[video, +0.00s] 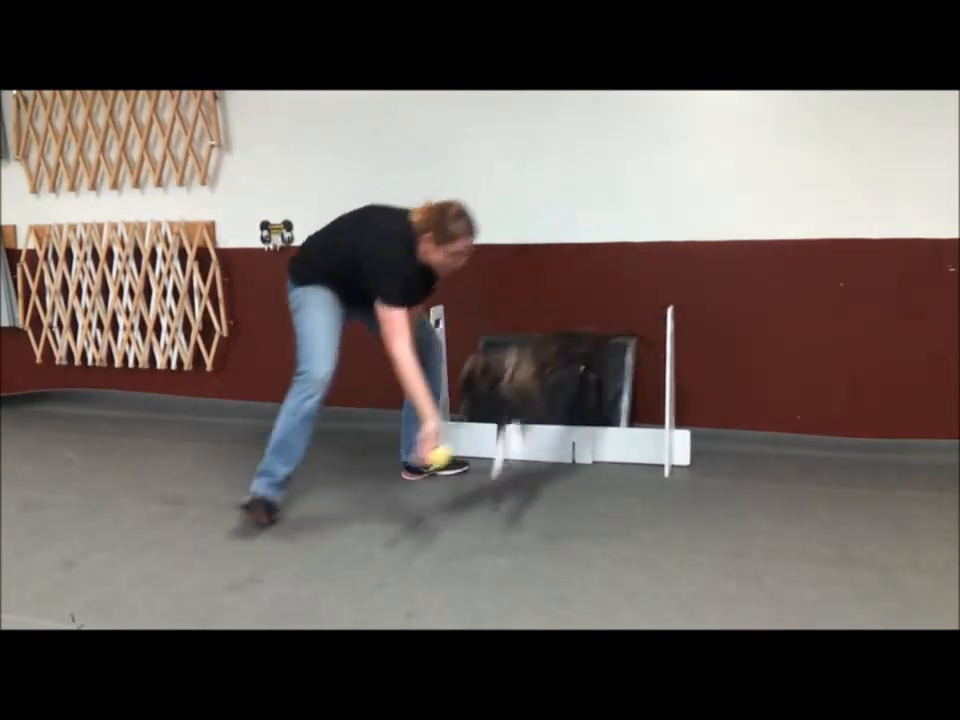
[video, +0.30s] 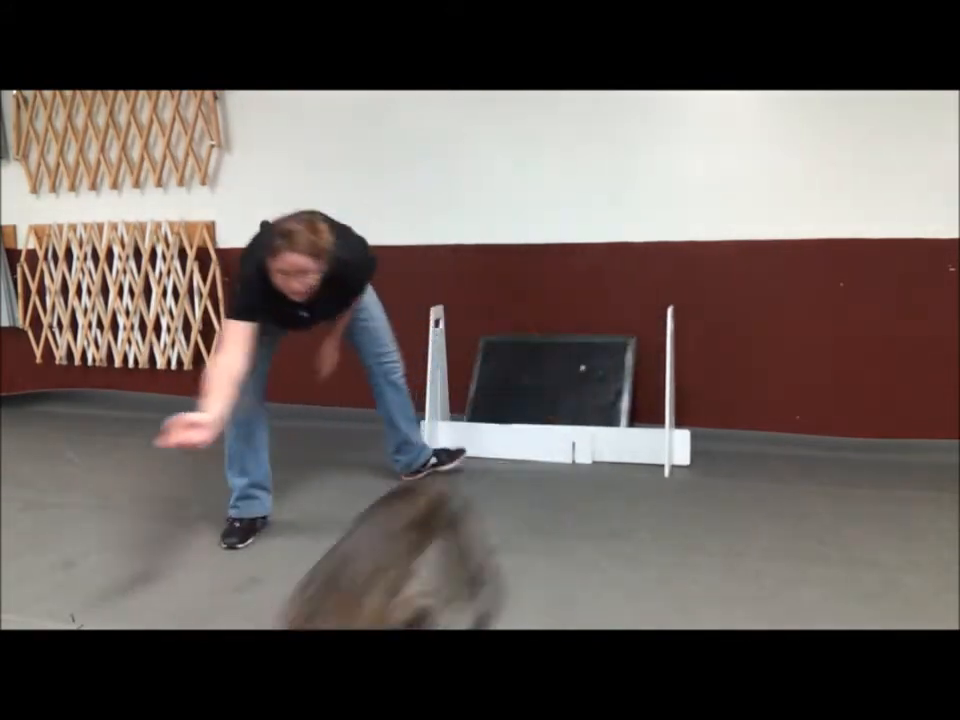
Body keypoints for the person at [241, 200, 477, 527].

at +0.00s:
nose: (460, 264)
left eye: (464, 256)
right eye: (456, 255)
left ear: (431, 244)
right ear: (428, 245)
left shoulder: (430, 254)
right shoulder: (391, 254)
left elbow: (409, 310)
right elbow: (398, 347)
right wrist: (429, 417)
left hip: (369, 286)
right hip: (319, 277)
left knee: (427, 345)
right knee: (317, 373)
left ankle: (418, 455)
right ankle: (266, 491)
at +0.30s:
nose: (297, 283)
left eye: (306, 275)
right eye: (286, 274)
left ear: (323, 265)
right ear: (269, 266)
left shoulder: (353, 261)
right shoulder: (255, 270)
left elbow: (349, 302)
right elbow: (231, 350)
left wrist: (332, 343)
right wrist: (211, 414)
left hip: (340, 298)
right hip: (269, 309)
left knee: (386, 361)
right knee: (244, 393)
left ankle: (412, 457)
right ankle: (248, 506)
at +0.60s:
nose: (440, 200)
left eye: (443, 193)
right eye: (438, 191)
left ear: (426, 187)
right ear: (417, 181)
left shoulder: (413, 223)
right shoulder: (348, 188)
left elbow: (458, 263)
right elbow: (266, 203)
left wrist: (515, 305)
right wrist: (294, 276)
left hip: (337, 289)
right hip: (281, 282)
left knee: (381, 363)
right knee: (281, 388)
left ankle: (390, 461)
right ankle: (222, 515)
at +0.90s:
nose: (482, 209)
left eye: (485, 202)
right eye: (483, 200)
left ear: (464, 190)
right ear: (469, 192)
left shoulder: (441, 218)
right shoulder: (422, 199)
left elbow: (465, 237)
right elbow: (356, 218)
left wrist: (496, 256)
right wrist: (389, 276)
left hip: (361, 268)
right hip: (329, 263)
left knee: (400, 352)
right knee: (371, 366)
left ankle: (393, 457)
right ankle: (326, 487)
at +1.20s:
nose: (494, 208)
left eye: (497, 201)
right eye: (494, 199)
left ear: (474, 191)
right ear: (478, 193)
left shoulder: (451, 217)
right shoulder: (421, 197)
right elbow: (353, 244)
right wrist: (399, 291)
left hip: (364, 257)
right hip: (321, 251)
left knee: (401, 350)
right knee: (353, 344)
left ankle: (394, 454)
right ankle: (369, 463)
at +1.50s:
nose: (422, 279)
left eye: (426, 271)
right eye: (417, 271)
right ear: (387, 261)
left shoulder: (404, 264)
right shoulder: (338, 260)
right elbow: (333, 362)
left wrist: (373, 313)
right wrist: (369, 436)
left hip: (357, 294)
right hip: (288, 287)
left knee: (399, 368)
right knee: (273, 389)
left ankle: (396, 463)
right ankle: (275, 516)